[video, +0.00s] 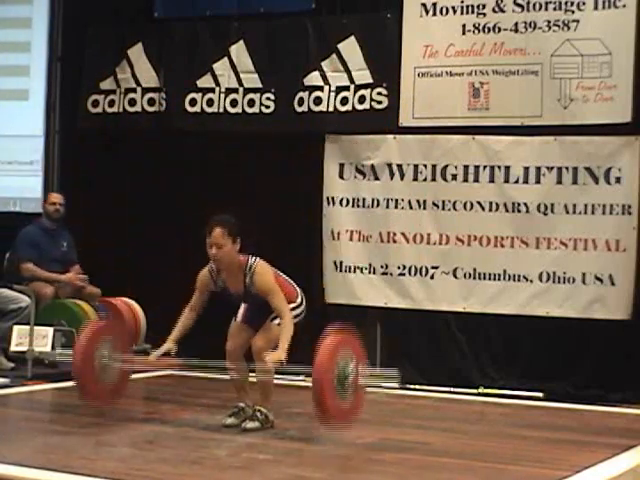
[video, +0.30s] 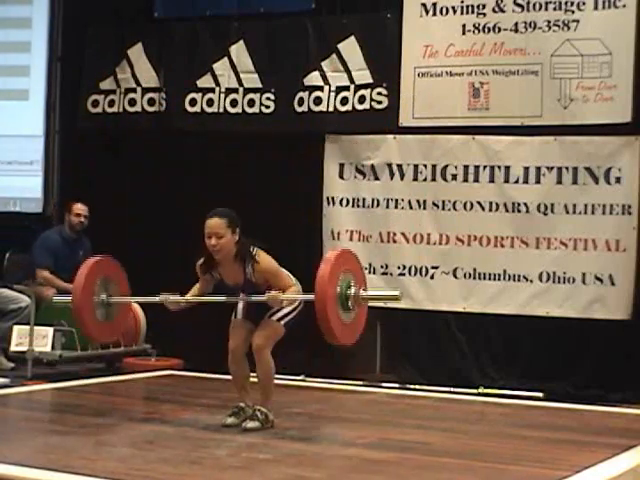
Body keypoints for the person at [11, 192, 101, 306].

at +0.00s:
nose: (57, 208)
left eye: (61, 205)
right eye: (53, 204)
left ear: (65, 208)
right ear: (44, 206)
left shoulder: (65, 234)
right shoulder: (29, 233)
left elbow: (74, 266)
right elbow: (26, 270)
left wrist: (76, 277)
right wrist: (64, 278)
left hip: (62, 281)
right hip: (34, 280)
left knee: (94, 293)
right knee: (47, 292)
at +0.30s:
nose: (82, 220)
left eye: (85, 217)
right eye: (77, 216)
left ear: (88, 220)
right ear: (67, 216)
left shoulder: (84, 243)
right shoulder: (48, 239)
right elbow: (41, 275)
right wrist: (71, 288)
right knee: (49, 293)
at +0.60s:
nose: (97, 233)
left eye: (100, 229)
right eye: (92, 227)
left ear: (103, 231)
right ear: (83, 226)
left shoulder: (99, 248)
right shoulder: (65, 245)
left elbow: (97, 277)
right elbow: (47, 279)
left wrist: (91, 292)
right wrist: (80, 293)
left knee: (102, 297)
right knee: (52, 297)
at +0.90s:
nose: (100, 232)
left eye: (104, 229)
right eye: (97, 227)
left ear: (108, 231)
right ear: (88, 225)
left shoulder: (105, 248)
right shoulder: (69, 243)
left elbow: (101, 278)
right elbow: (52, 278)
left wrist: (95, 293)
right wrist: (84, 295)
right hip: (40, 272)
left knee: (102, 298)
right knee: (56, 296)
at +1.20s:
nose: (104, 221)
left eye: (108, 218)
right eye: (100, 216)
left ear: (112, 220)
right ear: (92, 213)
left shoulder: (108, 237)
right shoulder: (70, 232)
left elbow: (99, 270)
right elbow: (56, 271)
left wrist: (91, 297)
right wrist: (80, 296)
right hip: (43, 259)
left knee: (99, 297)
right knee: (57, 294)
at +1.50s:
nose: (100, 180)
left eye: (103, 176)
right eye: (95, 175)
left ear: (107, 178)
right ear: (87, 175)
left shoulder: (107, 203)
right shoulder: (68, 200)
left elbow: (105, 236)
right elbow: (53, 239)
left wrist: (99, 265)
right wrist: (68, 272)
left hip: (81, 246)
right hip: (51, 245)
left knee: (88, 288)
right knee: (57, 287)